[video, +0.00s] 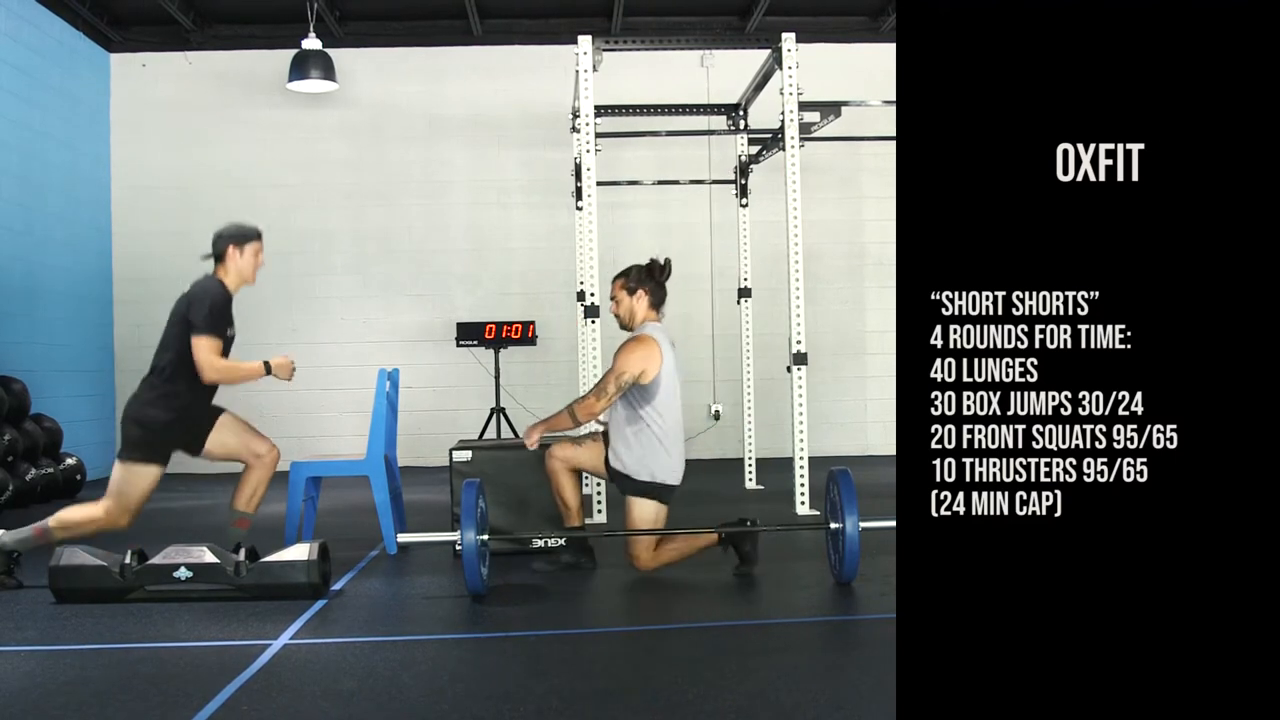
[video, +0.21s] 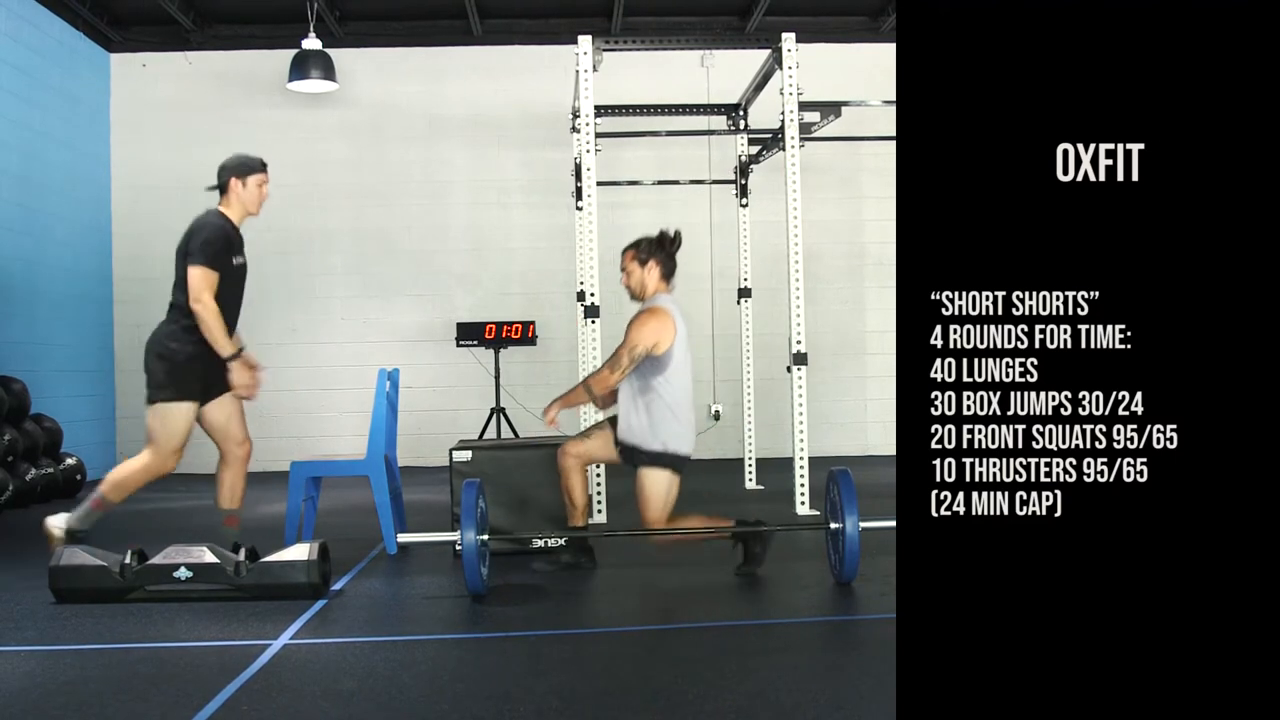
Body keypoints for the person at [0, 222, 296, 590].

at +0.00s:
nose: (262, 261)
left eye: (261, 253)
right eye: (257, 253)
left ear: (234, 255)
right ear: (233, 254)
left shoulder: (219, 298)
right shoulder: (208, 293)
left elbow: (203, 368)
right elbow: (210, 368)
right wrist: (268, 368)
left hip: (188, 414)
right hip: (155, 415)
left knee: (264, 453)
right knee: (115, 514)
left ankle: (234, 550)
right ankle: (11, 541)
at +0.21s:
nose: (266, 194)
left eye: (267, 186)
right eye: (261, 186)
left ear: (239, 187)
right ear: (236, 185)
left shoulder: (230, 236)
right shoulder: (211, 231)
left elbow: (215, 307)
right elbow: (199, 301)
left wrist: (240, 355)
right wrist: (234, 359)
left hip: (206, 358)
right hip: (177, 356)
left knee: (238, 448)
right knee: (162, 458)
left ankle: (230, 551)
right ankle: (69, 525)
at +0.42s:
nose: (264, 180)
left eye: (265, 172)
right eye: (258, 171)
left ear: (244, 174)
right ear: (232, 171)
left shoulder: (245, 225)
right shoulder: (203, 222)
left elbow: (255, 288)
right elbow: (174, 287)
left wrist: (299, 329)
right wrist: (178, 351)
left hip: (225, 349)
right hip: (194, 349)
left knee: (230, 446)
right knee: (207, 448)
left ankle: (226, 545)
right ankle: (192, 550)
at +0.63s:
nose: (267, 187)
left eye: (268, 179)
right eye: (261, 178)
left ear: (242, 178)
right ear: (235, 175)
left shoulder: (243, 224)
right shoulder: (206, 224)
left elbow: (263, 282)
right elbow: (172, 290)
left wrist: (303, 315)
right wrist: (170, 359)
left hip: (220, 348)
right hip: (191, 348)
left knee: (234, 445)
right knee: (217, 448)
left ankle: (213, 542)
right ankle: (213, 550)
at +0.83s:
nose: (263, 216)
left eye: (265, 208)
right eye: (257, 207)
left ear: (238, 206)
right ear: (232, 203)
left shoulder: (249, 251)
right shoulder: (191, 252)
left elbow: (269, 307)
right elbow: (147, 315)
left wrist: (277, 332)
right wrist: (132, 382)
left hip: (208, 371)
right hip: (180, 370)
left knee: (181, 474)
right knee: (245, 453)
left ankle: (94, 513)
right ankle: (220, 554)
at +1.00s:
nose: (262, 276)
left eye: (264, 268)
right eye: (257, 267)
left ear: (237, 264)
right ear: (231, 263)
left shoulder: (246, 309)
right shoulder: (186, 308)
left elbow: (266, 368)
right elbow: (132, 360)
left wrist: (259, 383)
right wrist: (99, 423)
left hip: (193, 419)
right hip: (163, 417)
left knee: (158, 523)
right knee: (255, 461)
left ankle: (61, 531)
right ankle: (223, 557)